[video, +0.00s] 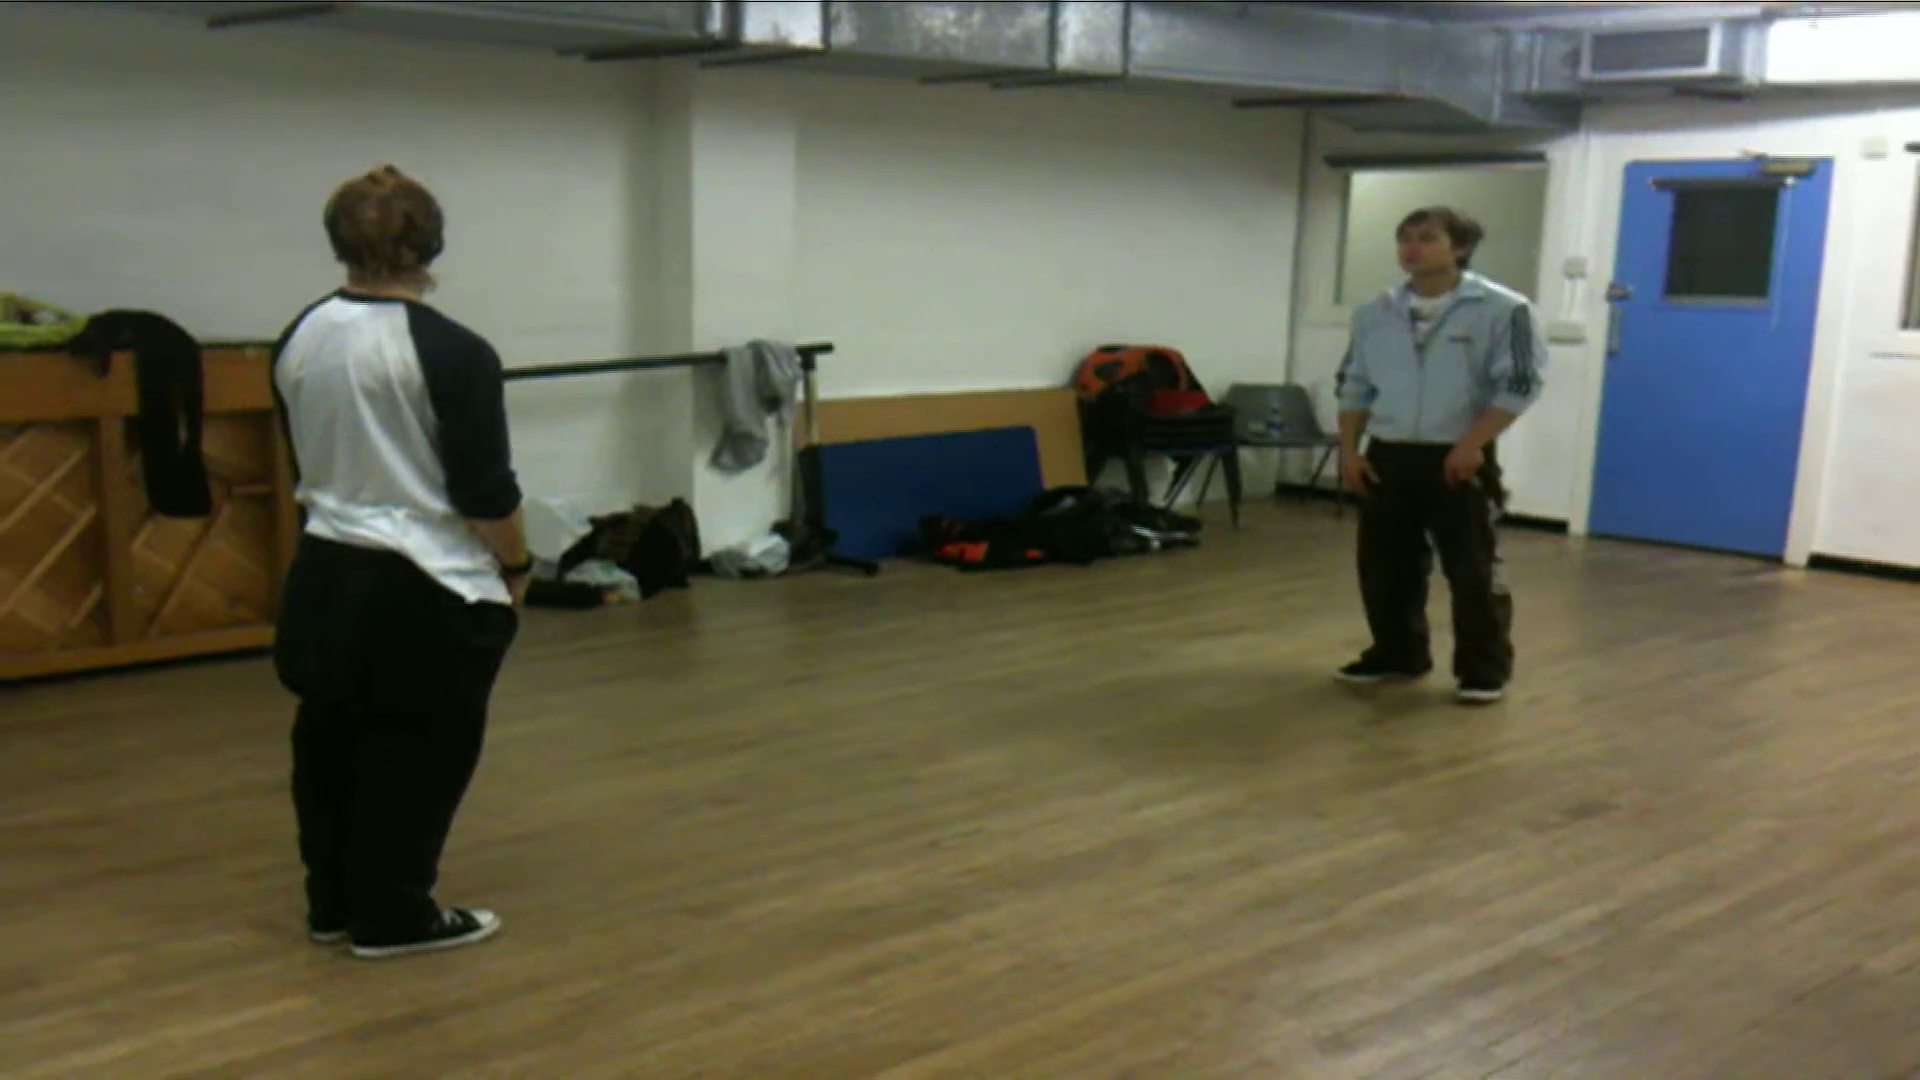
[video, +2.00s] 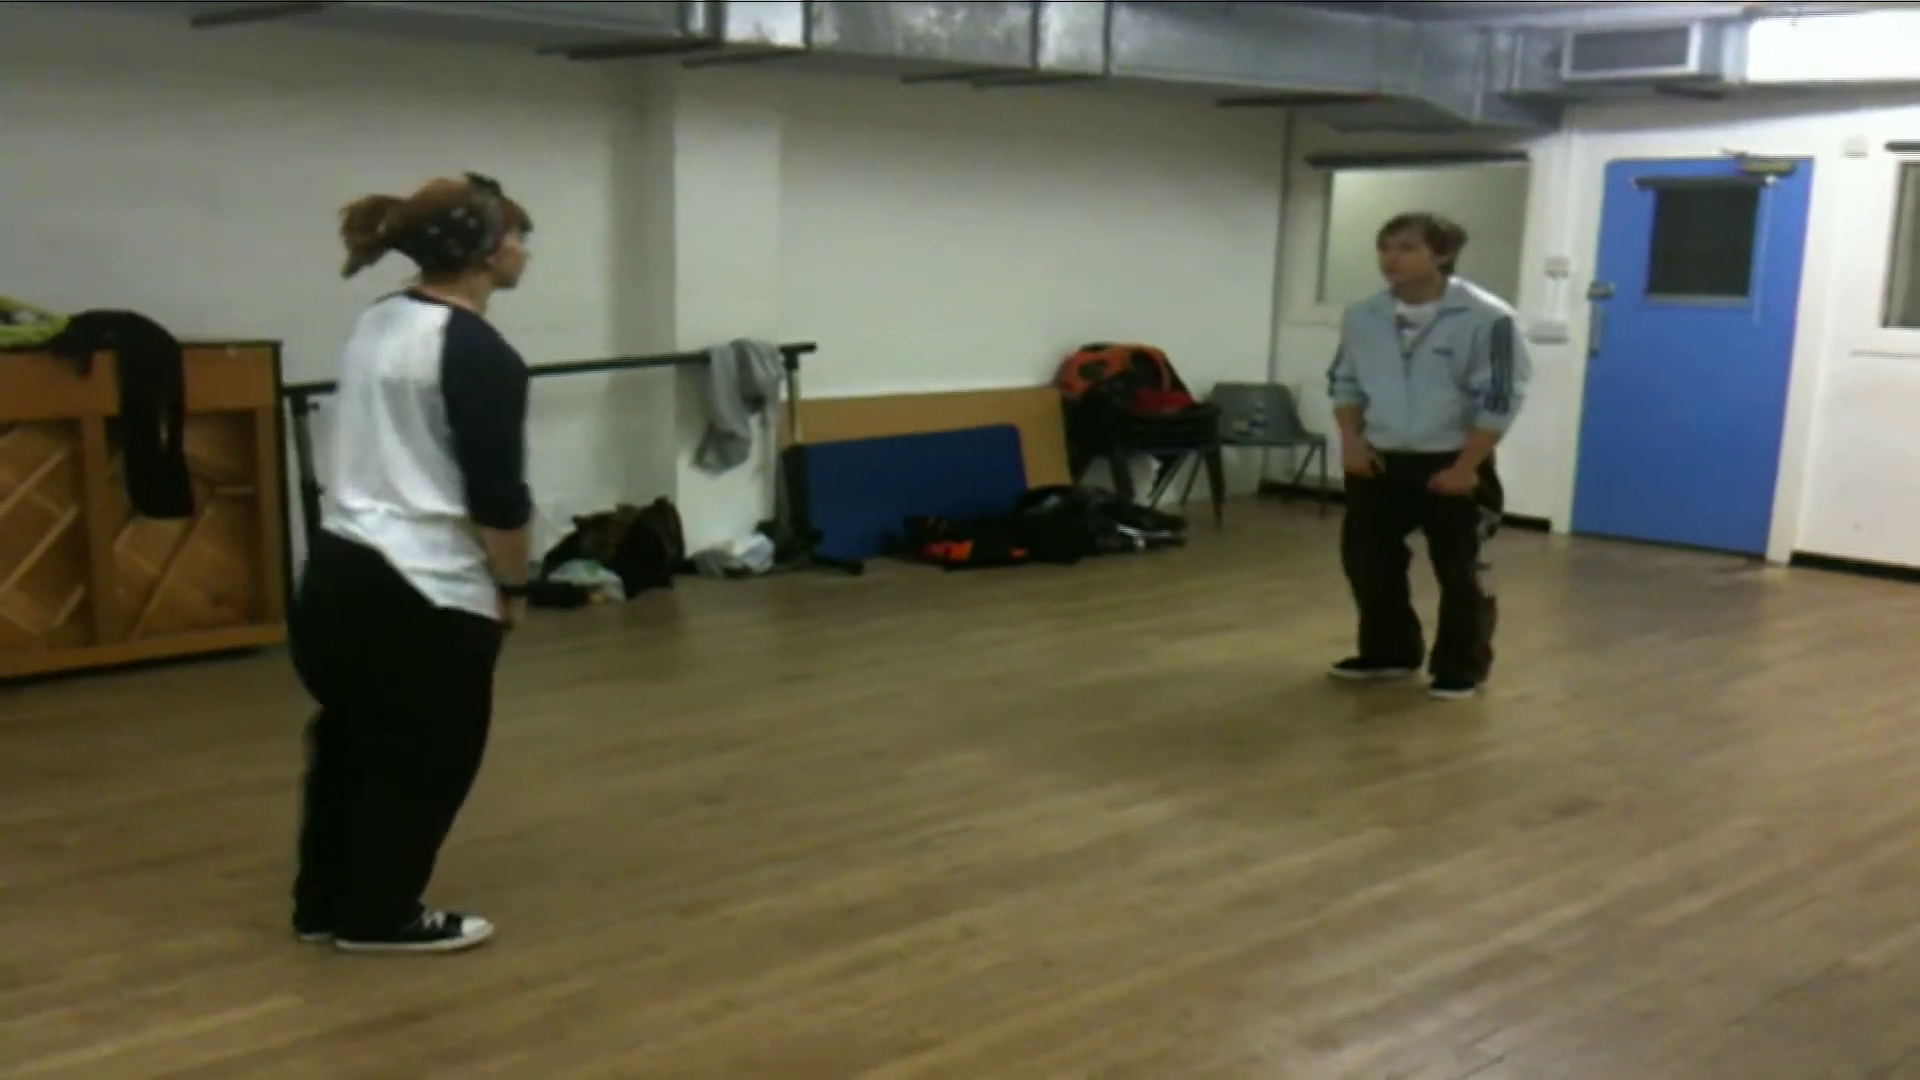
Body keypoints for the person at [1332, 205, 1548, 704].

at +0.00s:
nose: (1412, 248)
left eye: (1426, 239)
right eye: (1406, 240)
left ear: (1457, 248)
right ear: (1398, 250)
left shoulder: (1503, 311)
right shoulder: (1374, 315)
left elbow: (1519, 387)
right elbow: (1355, 388)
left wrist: (1473, 443)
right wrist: (1349, 450)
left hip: (1460, 463)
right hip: (1391, 462)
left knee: (1472, 575)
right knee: (1384, 567)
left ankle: (1482, 671)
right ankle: (1398, 653)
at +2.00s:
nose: (1392, 258)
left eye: (1406, 248)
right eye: (1386, 249)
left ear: (1439, 256)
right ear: (1379, 256)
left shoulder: (1489, 320)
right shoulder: (1362, 318)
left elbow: (1500, 403)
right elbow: (1345, 384)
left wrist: (1466, 466)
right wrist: (1352, 439)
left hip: (1453, 466)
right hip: (1383, 463)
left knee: (1460, 570)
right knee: (1366, 555)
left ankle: (1460, 667)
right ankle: (1390, 650)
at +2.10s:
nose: (1375, 265)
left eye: (1389, 255)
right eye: (1369, 256)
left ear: (1423, 261)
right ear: (1363, 263)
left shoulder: (1474, 317)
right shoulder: (1349, 325)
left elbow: (1485, 399)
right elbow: (1334, 397)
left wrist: (1443, 458)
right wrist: (1331, 464)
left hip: (1440, 465)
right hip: (1372, 464)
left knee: (1427, 554)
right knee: (1358, 550)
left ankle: (1456, 654)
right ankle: (1386, 644)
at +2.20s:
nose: (1357, 281)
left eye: (1371, 271)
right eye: (1351, 272)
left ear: (1405, 277)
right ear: (1345, 278)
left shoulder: (1454, 314)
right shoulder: (1329, 342)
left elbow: (1468, 387)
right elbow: (1309, 415)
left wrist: (1409, 445)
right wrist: (1317, 471)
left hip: (1439, 453)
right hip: (1371, 454)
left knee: (1373, 537)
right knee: (1339, 546)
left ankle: (1423, 611)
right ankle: (1377, 643)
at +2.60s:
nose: (1222, 337)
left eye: (1236, 325)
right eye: (1217, 326)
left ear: (1275, 328)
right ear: (1212, 328)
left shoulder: (1337, 369)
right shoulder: (1229, 371)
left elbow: (1391, 443)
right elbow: (1218, 430)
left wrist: (1337, 501)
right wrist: (1237, 486)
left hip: (1351, 496)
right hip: (1281, 492)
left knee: (1303, 591)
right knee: (1232, 575)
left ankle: (1308, 710)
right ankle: (1332, 618)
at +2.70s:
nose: (1215, 338)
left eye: (1229, 326)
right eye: (1209, 326)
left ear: (1270, 329)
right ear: (1204, 328)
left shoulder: (1333, 372)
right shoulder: (1205, 377)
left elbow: (1352, 466)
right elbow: (1192, 448)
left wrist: (1287, 503)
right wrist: (1196, 504)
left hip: (1316, 502)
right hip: (1242, 502)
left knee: (1285, 590)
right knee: (1172, 561)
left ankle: (1304, 709)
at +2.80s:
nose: (1193, 343)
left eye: (1207, 332)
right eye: (1188, 332)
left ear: (1249, 337)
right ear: (1183, 333)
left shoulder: (1313, 384)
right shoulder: (1169, 381)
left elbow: (1327, 466)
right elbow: (1132, 443)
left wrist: (1236, 486)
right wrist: (1173, 481)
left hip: (1274, 516)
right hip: (1197, 514)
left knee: (1275, 600)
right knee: (1141, 584)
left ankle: (1303, 709)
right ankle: (1229, 668)